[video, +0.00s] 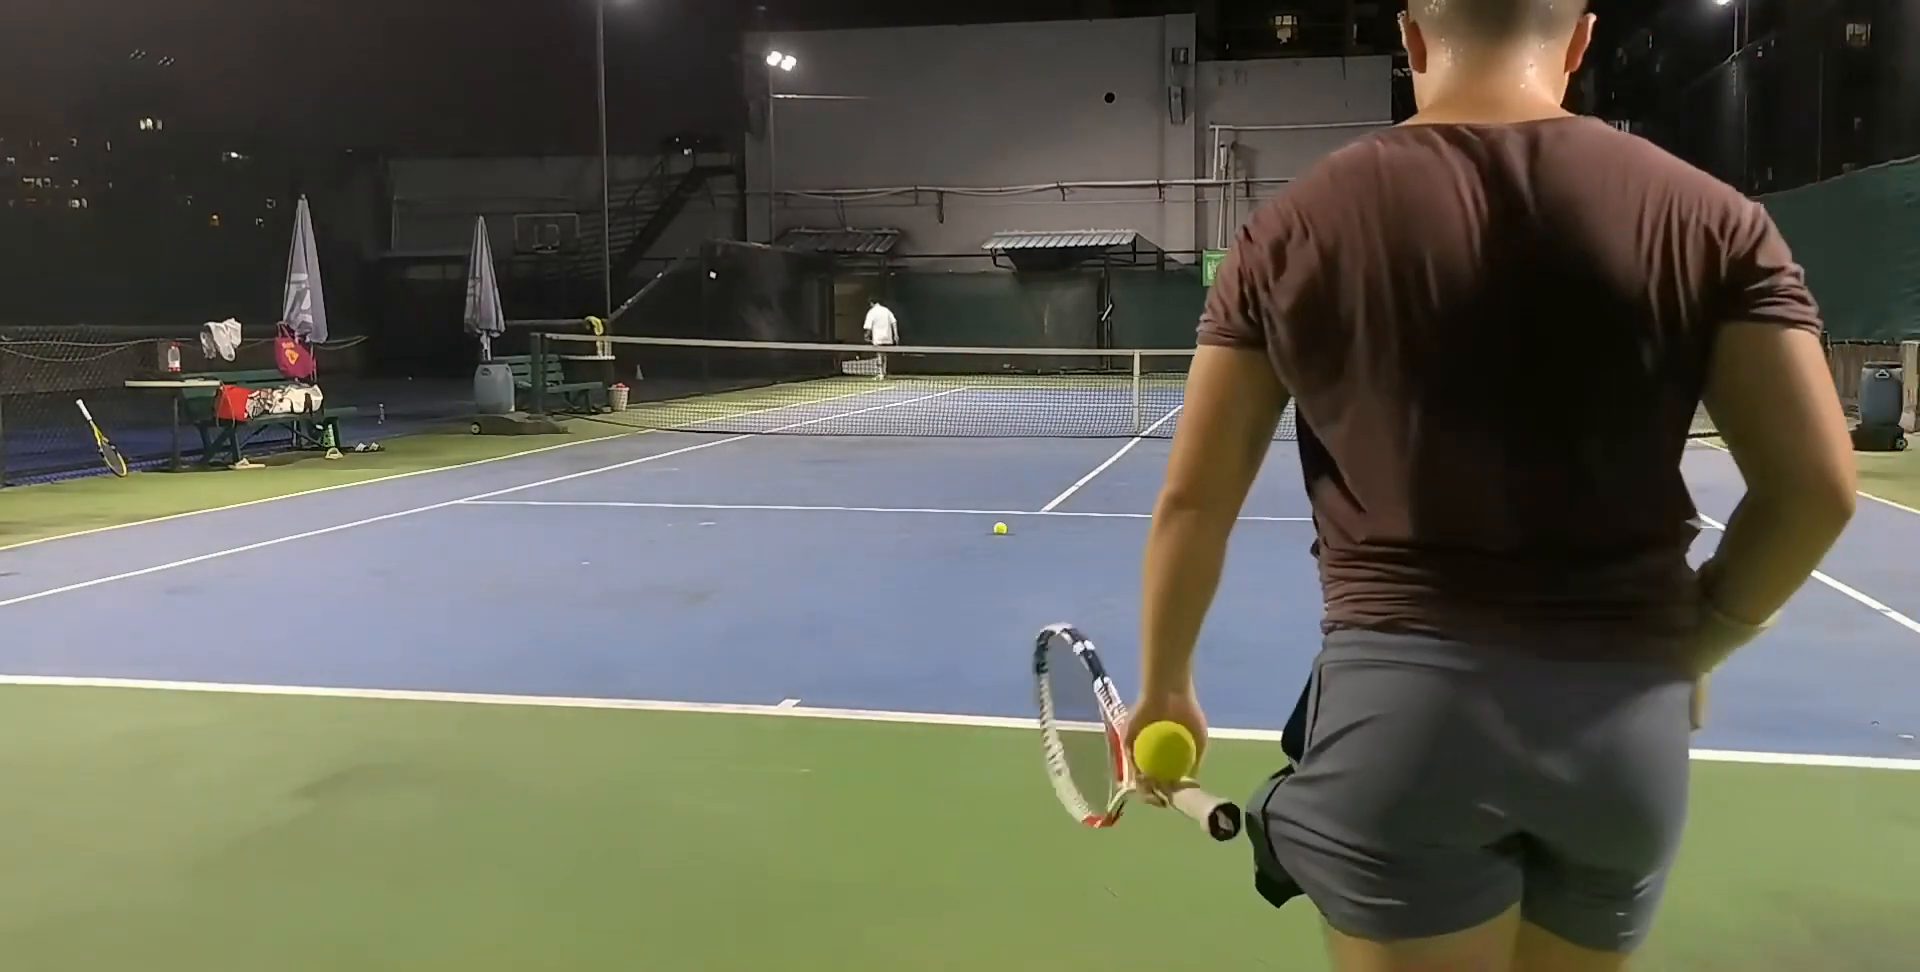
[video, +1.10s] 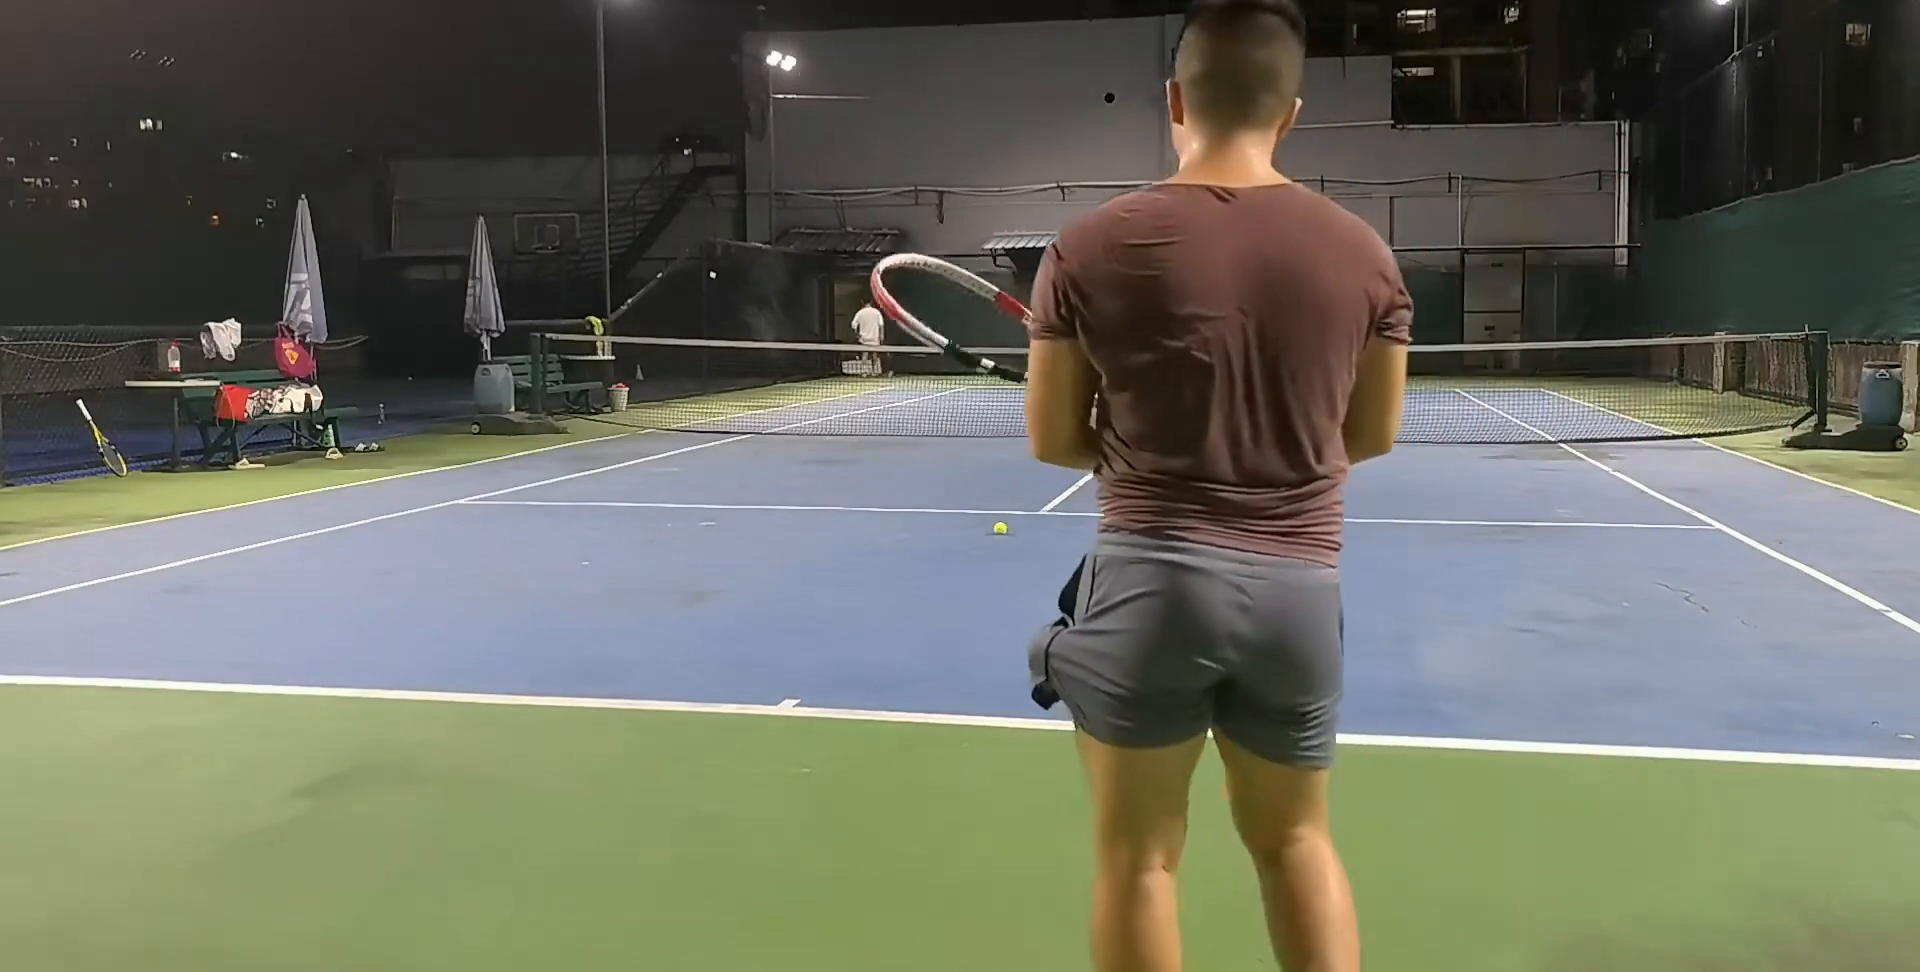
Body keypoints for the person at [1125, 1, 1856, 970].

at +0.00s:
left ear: (1413, 34)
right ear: (1578, 37)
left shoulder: (1301, 223)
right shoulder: (1705, 218)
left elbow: (1192, 502)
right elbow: (1813, 486)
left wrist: (1164, 689)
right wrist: (1692, 638)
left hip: (1391, 714)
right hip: (1624, 727)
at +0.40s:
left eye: (1399, 71)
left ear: (1410, 71)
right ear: (1549, 91)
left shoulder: (1301, 207)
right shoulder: (1622, 243)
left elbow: (1154, 423)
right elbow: (1697, 475)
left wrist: (1145, 557)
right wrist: (1585, 613)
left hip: (1326, 643)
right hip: (1519, 642)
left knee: (1267, 953)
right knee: (1483, 956)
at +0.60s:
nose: (1346, 94)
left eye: (1348, 74)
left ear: (1364, 73)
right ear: (1490, 96)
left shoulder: (1277, 207)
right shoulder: (1570, 241)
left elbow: (1124, 409)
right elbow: (1631, 455)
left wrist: (1113, 494)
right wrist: (1529, 568)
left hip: (1300, 622)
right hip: (1483, 624)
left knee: (1214, 906)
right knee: (1456, 943)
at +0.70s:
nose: (1316, 107)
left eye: (1317, 91)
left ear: (1331, 88)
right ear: (1449, 108)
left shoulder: (1244, 220)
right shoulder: (1532, 248)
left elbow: (1103, 420)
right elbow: (1604, 443)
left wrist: (1104, 473)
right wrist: (1492, 523)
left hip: (1280, 623)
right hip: (1455, 618)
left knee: (1206, 924)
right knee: (1443, 944)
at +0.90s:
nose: (1236, 126)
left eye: (1236, 109)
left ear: (1246, 105)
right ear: (1365, 121)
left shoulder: (1162, 249)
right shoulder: (1437, 259)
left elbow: (1087, 452)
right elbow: (1469, 444)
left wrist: (1115, 469)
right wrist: (1351, 470)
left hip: (1204, 613)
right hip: (1370, 614)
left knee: (1154, 890)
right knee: (1375, 912)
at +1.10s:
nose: (1171, 111)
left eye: (1170, 98)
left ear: (1176, 103)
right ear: (1291, 111)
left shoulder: (1093, 243)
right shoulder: (1360, 249)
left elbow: (1058, 440)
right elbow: (1371, 433)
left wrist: (1150, 428)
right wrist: (1267, 433)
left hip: (1148, 588)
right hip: (1296, 596)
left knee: (1140, 858)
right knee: (1296, 838)